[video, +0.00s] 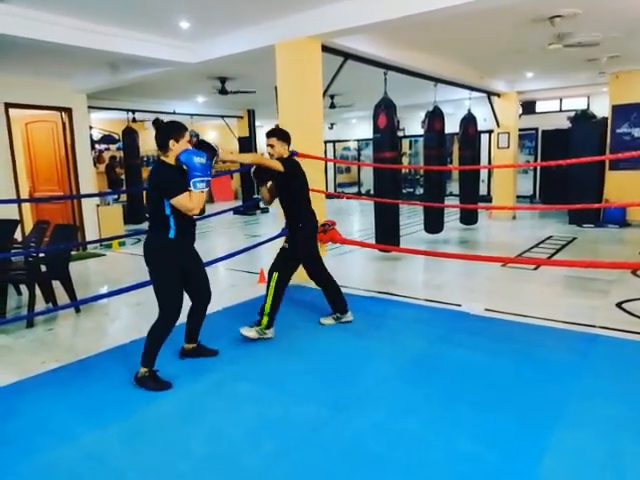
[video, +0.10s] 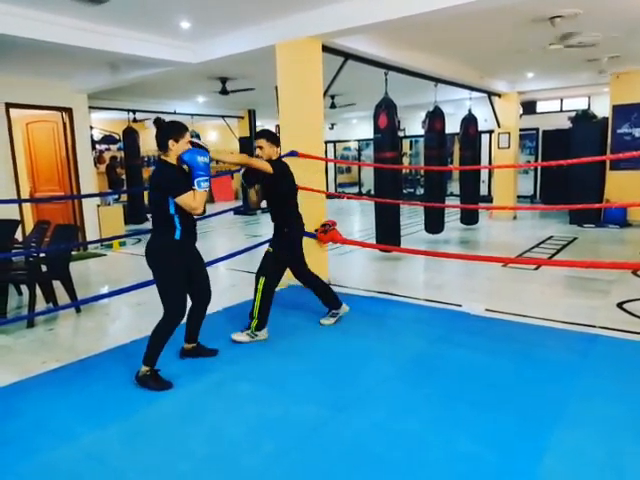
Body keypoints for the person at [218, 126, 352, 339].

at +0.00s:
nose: (268, 151)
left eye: (272, 146)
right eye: (268, 147)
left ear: (285, 145)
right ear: (281, 147)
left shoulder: (289, 165)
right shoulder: (283, 168)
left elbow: (259, 159)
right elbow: (268, 199)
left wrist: (229, 157)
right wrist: (261, 178)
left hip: (300, 229)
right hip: (303, 227)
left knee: (278, 273)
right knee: (317, 271)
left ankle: (265, 326)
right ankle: (342, 312)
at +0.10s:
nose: (257, 153)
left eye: (260, 148)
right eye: (256, 149)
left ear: (275, 147)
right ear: (264, 150)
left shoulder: (279, 168)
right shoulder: (270, 170)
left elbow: (247, 160)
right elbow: (255, 203)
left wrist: (215, 156)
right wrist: (249, 179)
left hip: (287, 230)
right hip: (287, 228)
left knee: (265, 277)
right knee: (302, 272)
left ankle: (257, 329)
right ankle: (337, 306)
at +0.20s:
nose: (246, 152)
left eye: (249, 147)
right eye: (245, 148)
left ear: (263, 146)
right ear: (249, 150)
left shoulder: (267, 167)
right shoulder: (260, 168)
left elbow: (238, 160)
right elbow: (245, 202)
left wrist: (212, 156)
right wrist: (238, 181)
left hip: (274, 229)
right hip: (274, 227)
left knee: (252, 278)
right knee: (272, 274)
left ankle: (256, 329)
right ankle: (315, 296)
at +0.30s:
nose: (236, 149)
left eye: (241, 144)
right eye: (235, 144)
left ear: (254, 143)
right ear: (237, 145)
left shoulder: (258, 164)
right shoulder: (250, 167)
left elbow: (231, 156)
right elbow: (233, 198)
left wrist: (207, 150)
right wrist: (230, 178)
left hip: (263, 224)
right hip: (263, 222)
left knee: (248, 278)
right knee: (255, 273)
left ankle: (257, 329)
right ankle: (286, 300)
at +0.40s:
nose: (227, 147)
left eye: (231, 142)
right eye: (226, 142)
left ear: (245, 140)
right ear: (230, 143)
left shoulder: (250, 161)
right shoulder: (238, 165)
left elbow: (223, 152)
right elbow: (226, 197)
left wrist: (195, 146)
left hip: (258, 224)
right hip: (246, 222)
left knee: (248, 275)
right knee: (234, 269)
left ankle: (258, 327)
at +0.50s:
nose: (217, 147)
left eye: (220, 143)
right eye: (216, 143)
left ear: (232, 140)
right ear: (224, 142)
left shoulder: (245, 159)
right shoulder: (230, 161)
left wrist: (218, 153)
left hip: (250, 223)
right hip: (237, 222)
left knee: (243, 280)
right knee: (228, 274)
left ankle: (259, 327)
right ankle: (218, 318)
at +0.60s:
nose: (203, 145)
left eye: (205, 141)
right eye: (203, 141)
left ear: (213, 140)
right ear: (218, 140)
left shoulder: (231, 166)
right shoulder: (219, 166)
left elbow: (239, 196)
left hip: (239, 225)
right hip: (227, 224)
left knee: (236, 279)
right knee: (216, 275)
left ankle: (258, 326)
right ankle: (210, 319)